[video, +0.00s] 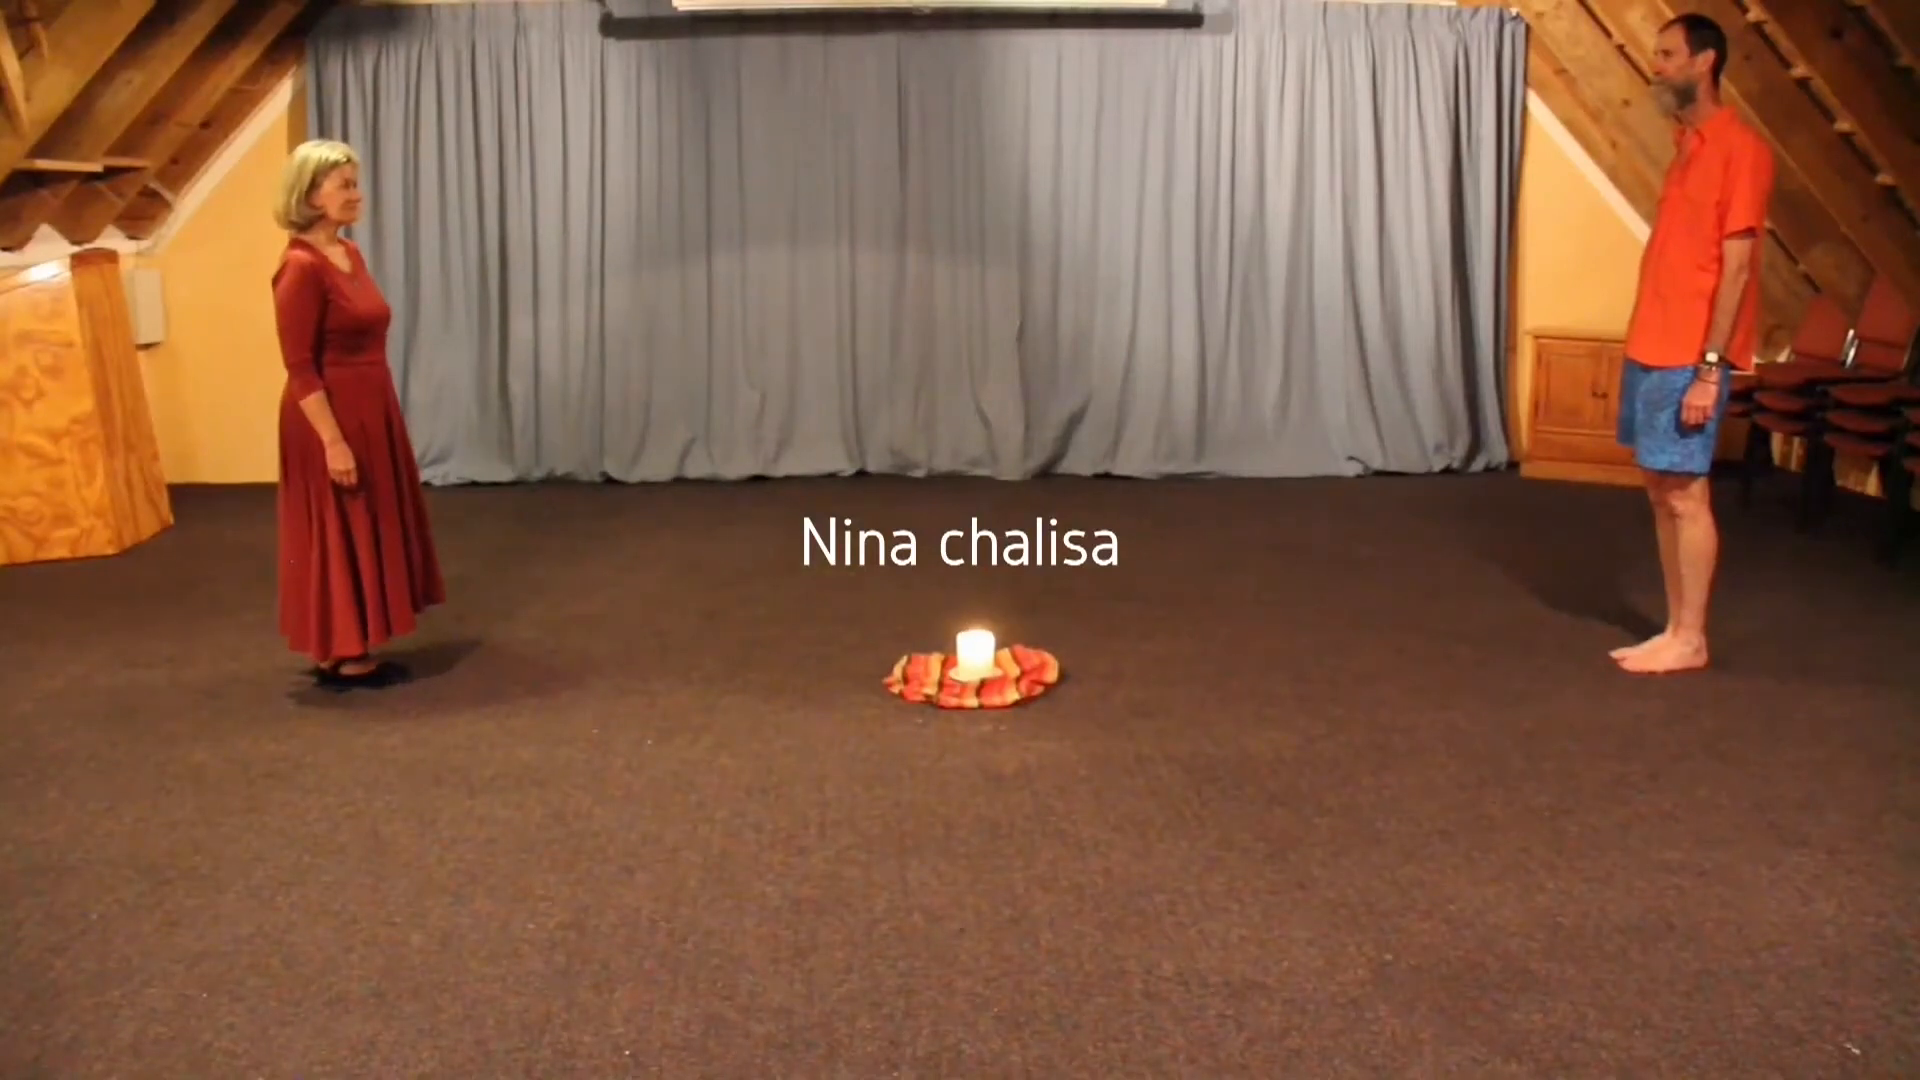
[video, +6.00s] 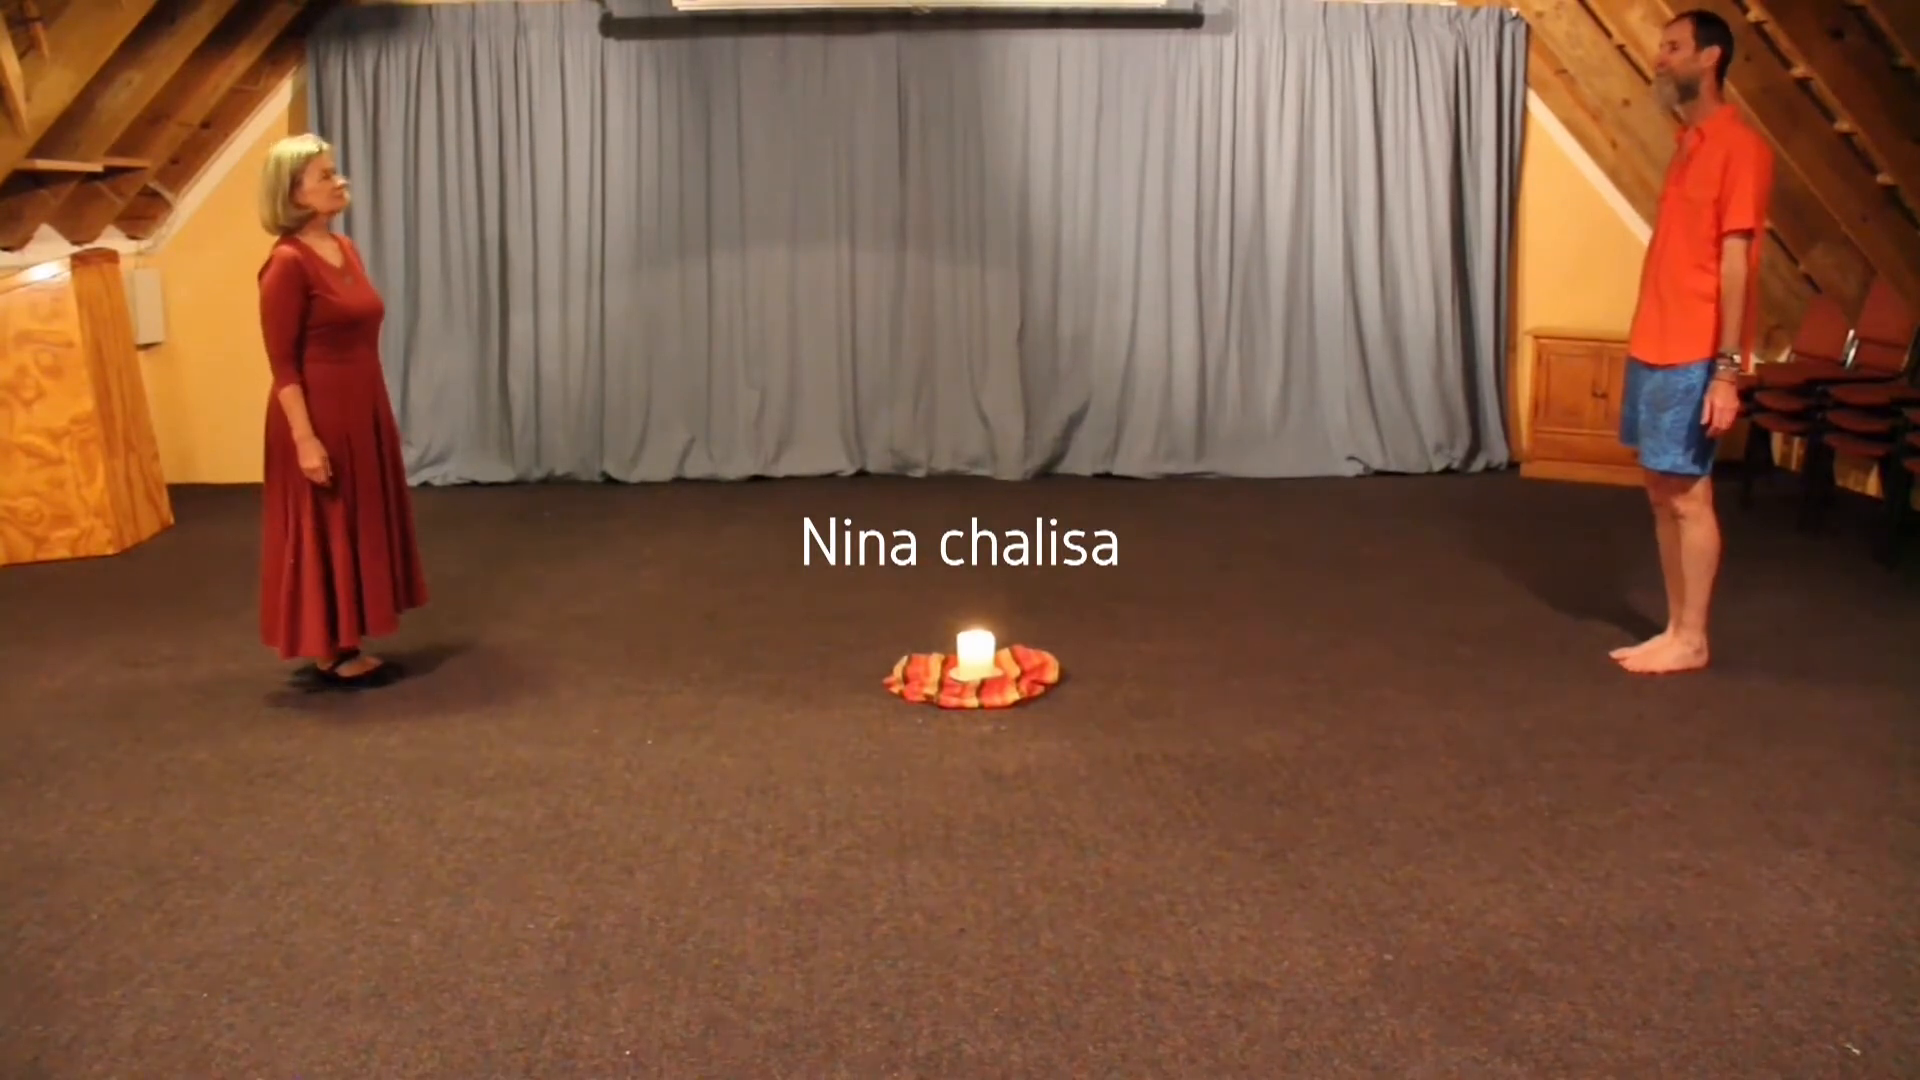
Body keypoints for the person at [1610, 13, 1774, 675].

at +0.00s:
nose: (1655, 66)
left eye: (1667, 55)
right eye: (1655, 55)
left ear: (1706, 61)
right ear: (1692, 63)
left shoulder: (1741, 146)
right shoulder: (1691, 145)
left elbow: (1738, 266)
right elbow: (1681, 257)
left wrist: (1712, 365)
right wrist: (1650, 348)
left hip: (1691, 359)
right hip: (1655, 353)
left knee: (1686, 498)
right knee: (1662, 494)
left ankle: (1691, 639)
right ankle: (1677, 630)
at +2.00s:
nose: (1654, 65)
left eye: (1666, 53)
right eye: (1654, 53)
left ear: (1705, 61)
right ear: (1691, 62)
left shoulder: (1739, 146)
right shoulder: (1690, 143)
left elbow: (1737, 266)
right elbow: (1680, 256)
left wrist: (1711, 367)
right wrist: (1650, 348)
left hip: (1691, 361)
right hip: (1655, 354)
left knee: (1688, 499)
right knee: (1664, 496)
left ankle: (1692, 638)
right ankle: (1678, 630)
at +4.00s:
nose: (1655, 66)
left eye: (1665, 54)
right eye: (1654, 54)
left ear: (1704, 59)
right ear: (1693, 61)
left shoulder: (1738, 142)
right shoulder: (1696, 142)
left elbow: (1734, 263)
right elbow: (1689, 256)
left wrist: (1710, 363)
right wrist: (1660, 349)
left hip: (1692, 358)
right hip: (1658, 352)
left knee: (1687, 498)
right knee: (1663, 494)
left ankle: (1691, 639)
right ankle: (1676, 631)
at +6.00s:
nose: (1659, 58)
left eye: (1672, 46)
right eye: (1661, 46)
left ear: (1710, 57)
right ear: (1692, 58)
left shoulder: (1740, 143)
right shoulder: (1694, 139)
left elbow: (1737, 259)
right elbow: (1687, 251)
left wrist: (1727, 367)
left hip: (1693, 356)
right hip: (1655, 349)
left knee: (1688, 497)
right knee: (1662, 493)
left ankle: (1692, 639)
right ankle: (1677, 630)